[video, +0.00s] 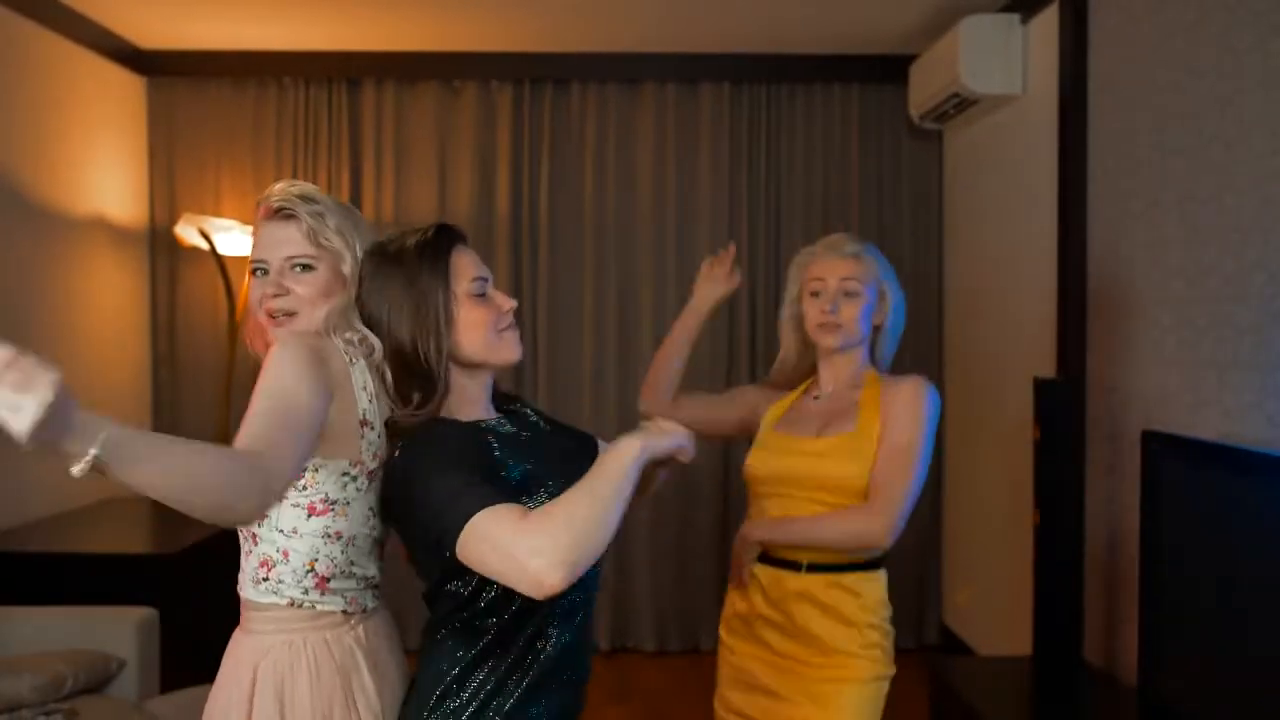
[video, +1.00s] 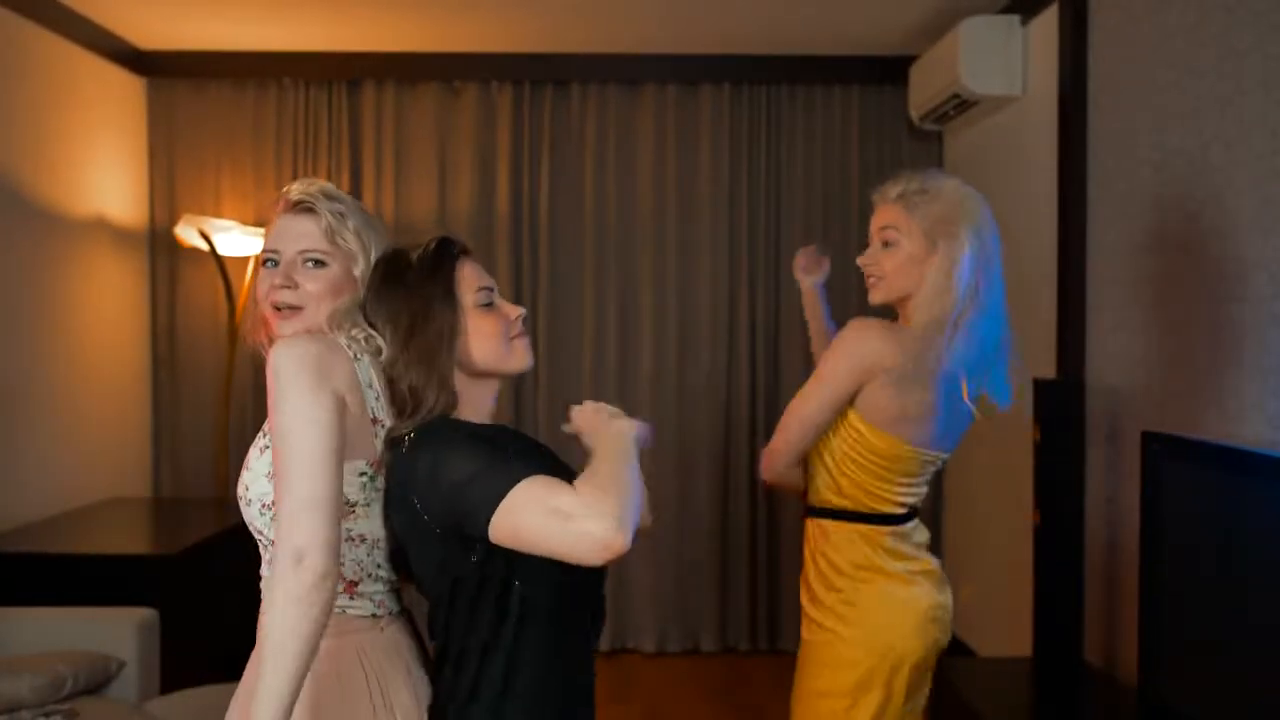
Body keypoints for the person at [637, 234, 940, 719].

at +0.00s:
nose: (829, 306)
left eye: (850, 293)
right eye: (815, 293)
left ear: (879, 309)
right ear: (799, 309)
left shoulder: (905, 397)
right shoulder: (770, 405)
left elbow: (879, 526)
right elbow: (657, 405)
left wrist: (755, 529)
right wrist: (700, 303)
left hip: (842, 633)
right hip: (754, 625)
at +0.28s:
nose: (844, 296)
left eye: (867, 281)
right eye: (835, 282)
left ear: (909, 300)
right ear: (824, 298)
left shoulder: (914, 393)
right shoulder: (815, 386)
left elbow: (859, 525)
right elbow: (697, 355)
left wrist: (762, 522)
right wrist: (695, 301)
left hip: (855, 639)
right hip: (786, 634)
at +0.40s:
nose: (848, 313)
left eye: (871, 298)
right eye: (843, 300)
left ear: (917, 316)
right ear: (832, 310)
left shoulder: (908, 420)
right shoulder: (847, 408)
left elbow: (836, 565)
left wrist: (768, 555)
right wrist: (736, 351)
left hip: (859, 669)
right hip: (803, 660)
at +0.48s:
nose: (851, 321)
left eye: (873, 307)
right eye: (846, 308)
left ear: (919, 327)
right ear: (835, 317)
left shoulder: (901, 433)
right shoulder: (863, 417)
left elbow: (827, 583)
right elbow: (797, 387)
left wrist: (754, 566)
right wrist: (761, 362)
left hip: (865, 683)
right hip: (820, 673)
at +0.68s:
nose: (851, 305)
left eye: (876, 290)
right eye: (855, 290)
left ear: (922, 313)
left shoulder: (872, 412)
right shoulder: (919, 404)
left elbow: (799, 557)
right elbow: (814, 397)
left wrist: (787, 545)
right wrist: (815, 358)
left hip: (867, 669)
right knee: (772, 713)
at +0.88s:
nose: (860, 265)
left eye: (883, 249)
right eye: (865, 250)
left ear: (934, 261)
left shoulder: (869, 351)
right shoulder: (950, 360)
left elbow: (778, 487)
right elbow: (828, 382)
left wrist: (836, 489)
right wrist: (826, 284)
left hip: (860, 623)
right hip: (909, 607)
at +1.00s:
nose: (864, 258)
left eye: (886, 243)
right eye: (869, 243)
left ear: (940, 255)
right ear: (941, 258)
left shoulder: (869, 340)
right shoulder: (961, 357)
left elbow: (775, 465)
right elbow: (840, 389)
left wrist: (832, 476)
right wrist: (813, 293)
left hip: (857, 612)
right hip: (917, 599)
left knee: (826, 711)